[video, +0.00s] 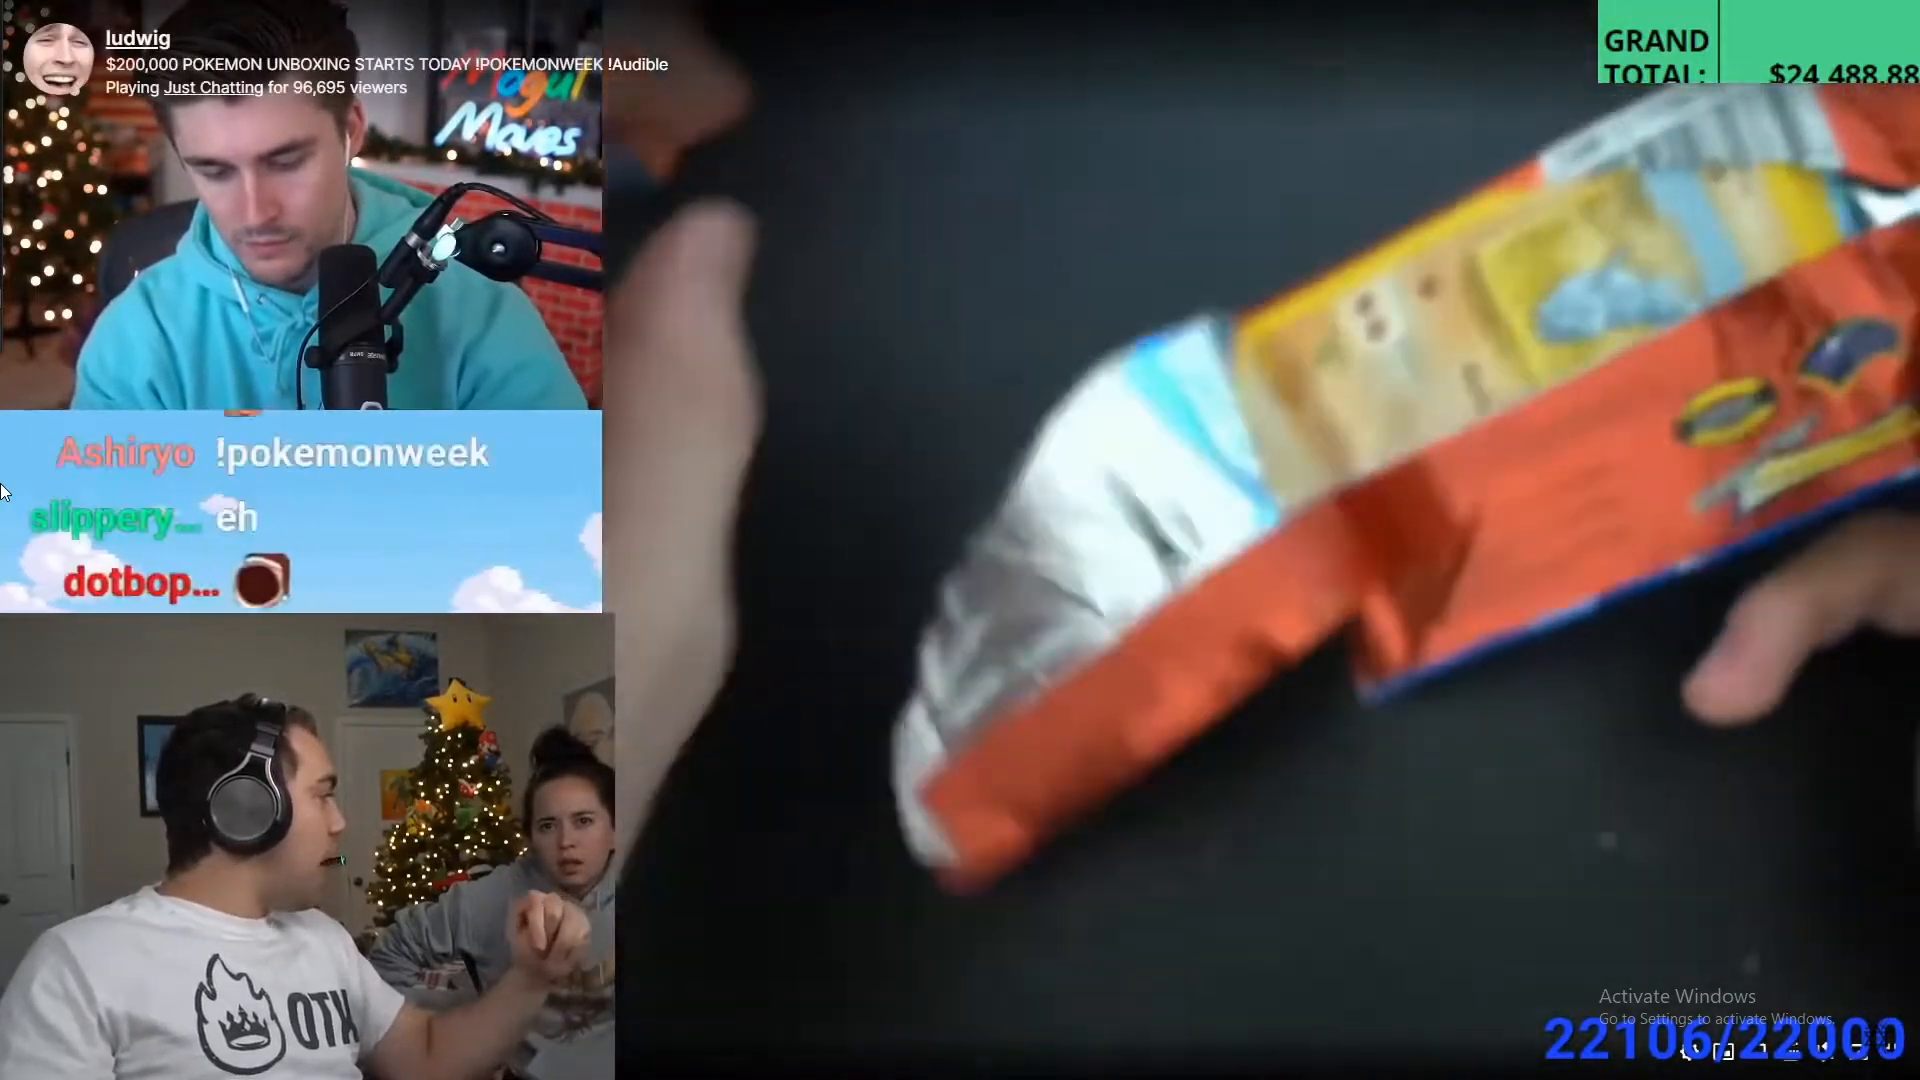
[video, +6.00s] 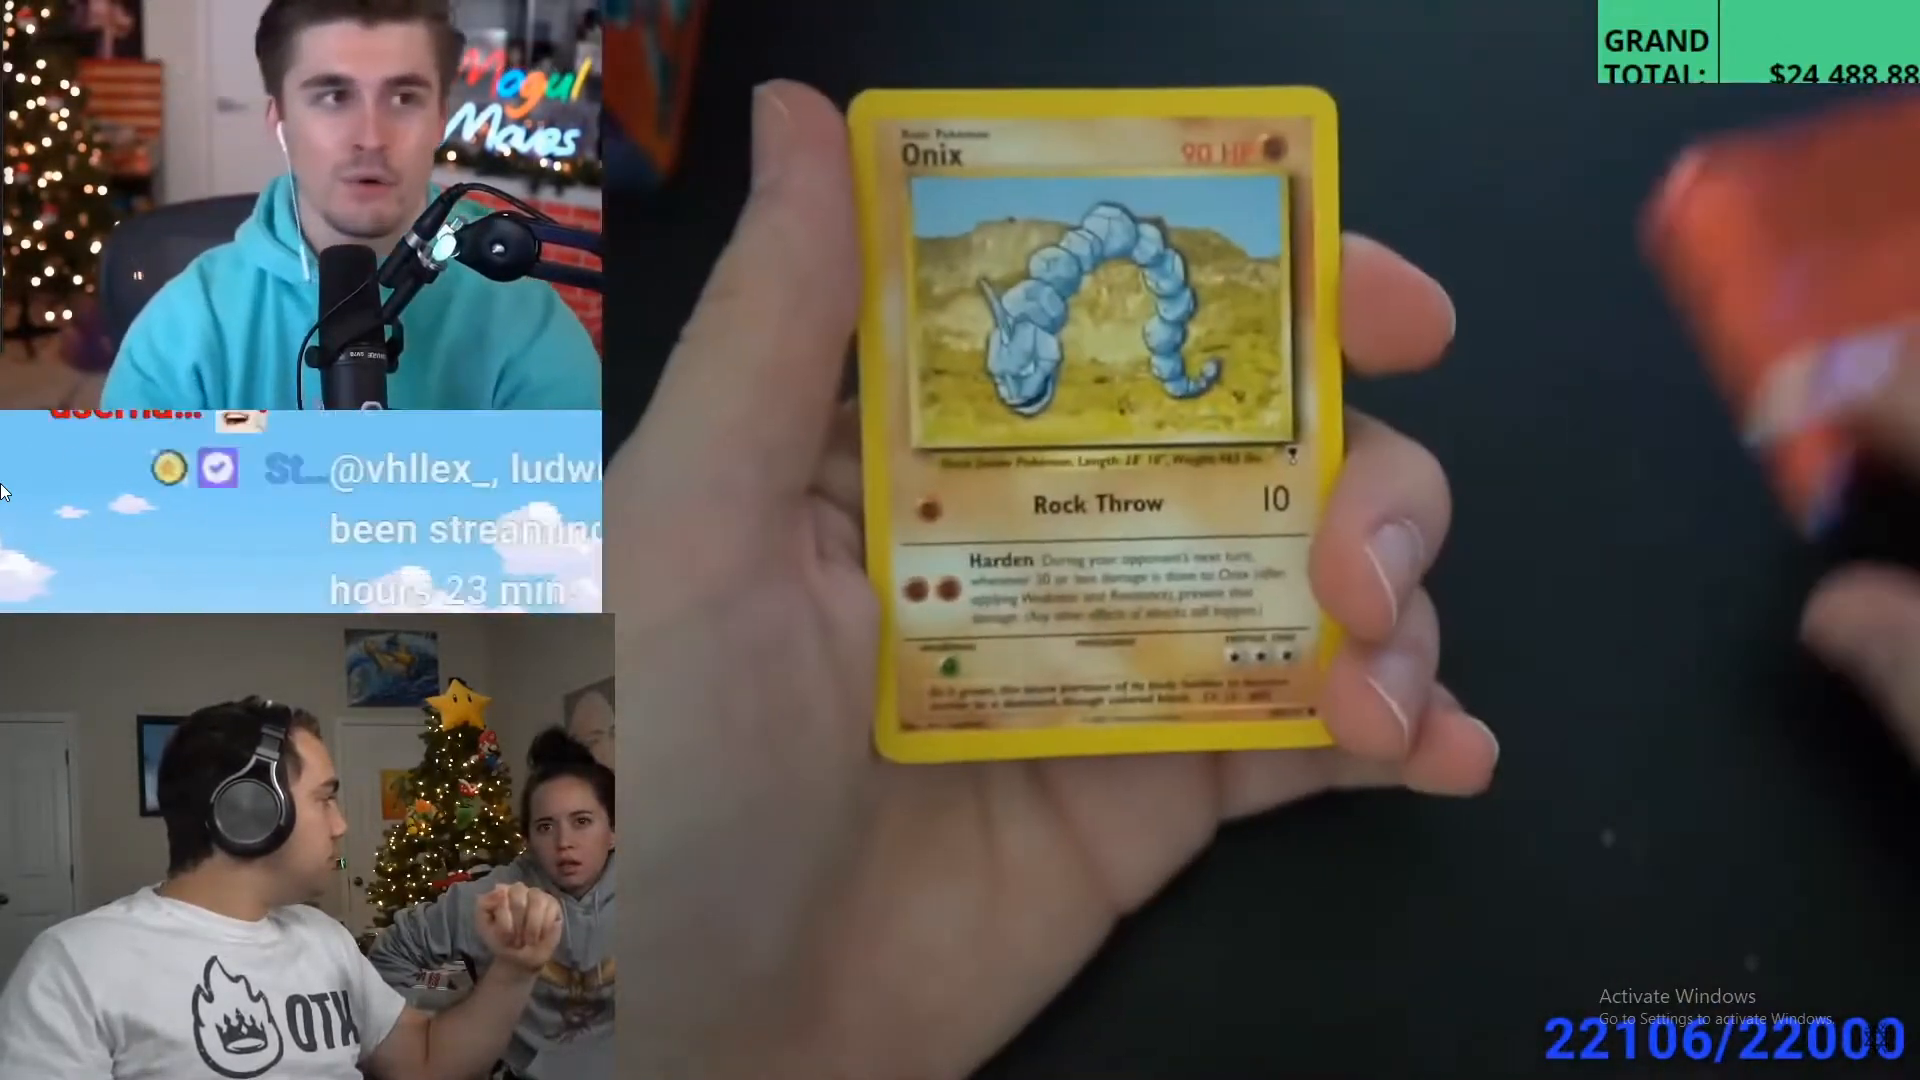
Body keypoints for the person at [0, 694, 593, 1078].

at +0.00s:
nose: (340, 822)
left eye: (334, 796)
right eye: (323, 793)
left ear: (258, 800)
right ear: (243, 802)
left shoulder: (325, 944)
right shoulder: (77, 966)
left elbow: (426, 1054)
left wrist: (529, 978)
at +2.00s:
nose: (340, 818)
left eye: (331, 793)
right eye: (320, 793)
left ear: (255, 803)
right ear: (241, 803)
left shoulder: (323, 943)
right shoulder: (76, 967)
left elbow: (427, 1059)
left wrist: (509, 962)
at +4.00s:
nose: (343, 821)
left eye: (334, 797)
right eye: (324, 798)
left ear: (258, 807)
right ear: (247, 808)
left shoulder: (324, 942)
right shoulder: (75, 968)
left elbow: (425, 1058)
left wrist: (511, 967)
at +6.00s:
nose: (343, 823)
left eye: (335, 798)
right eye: (325, 799)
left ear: (260, 809)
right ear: (249, 810)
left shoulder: (324, 942)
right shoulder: (76, 967)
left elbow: (427, 1059)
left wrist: (512, 969)